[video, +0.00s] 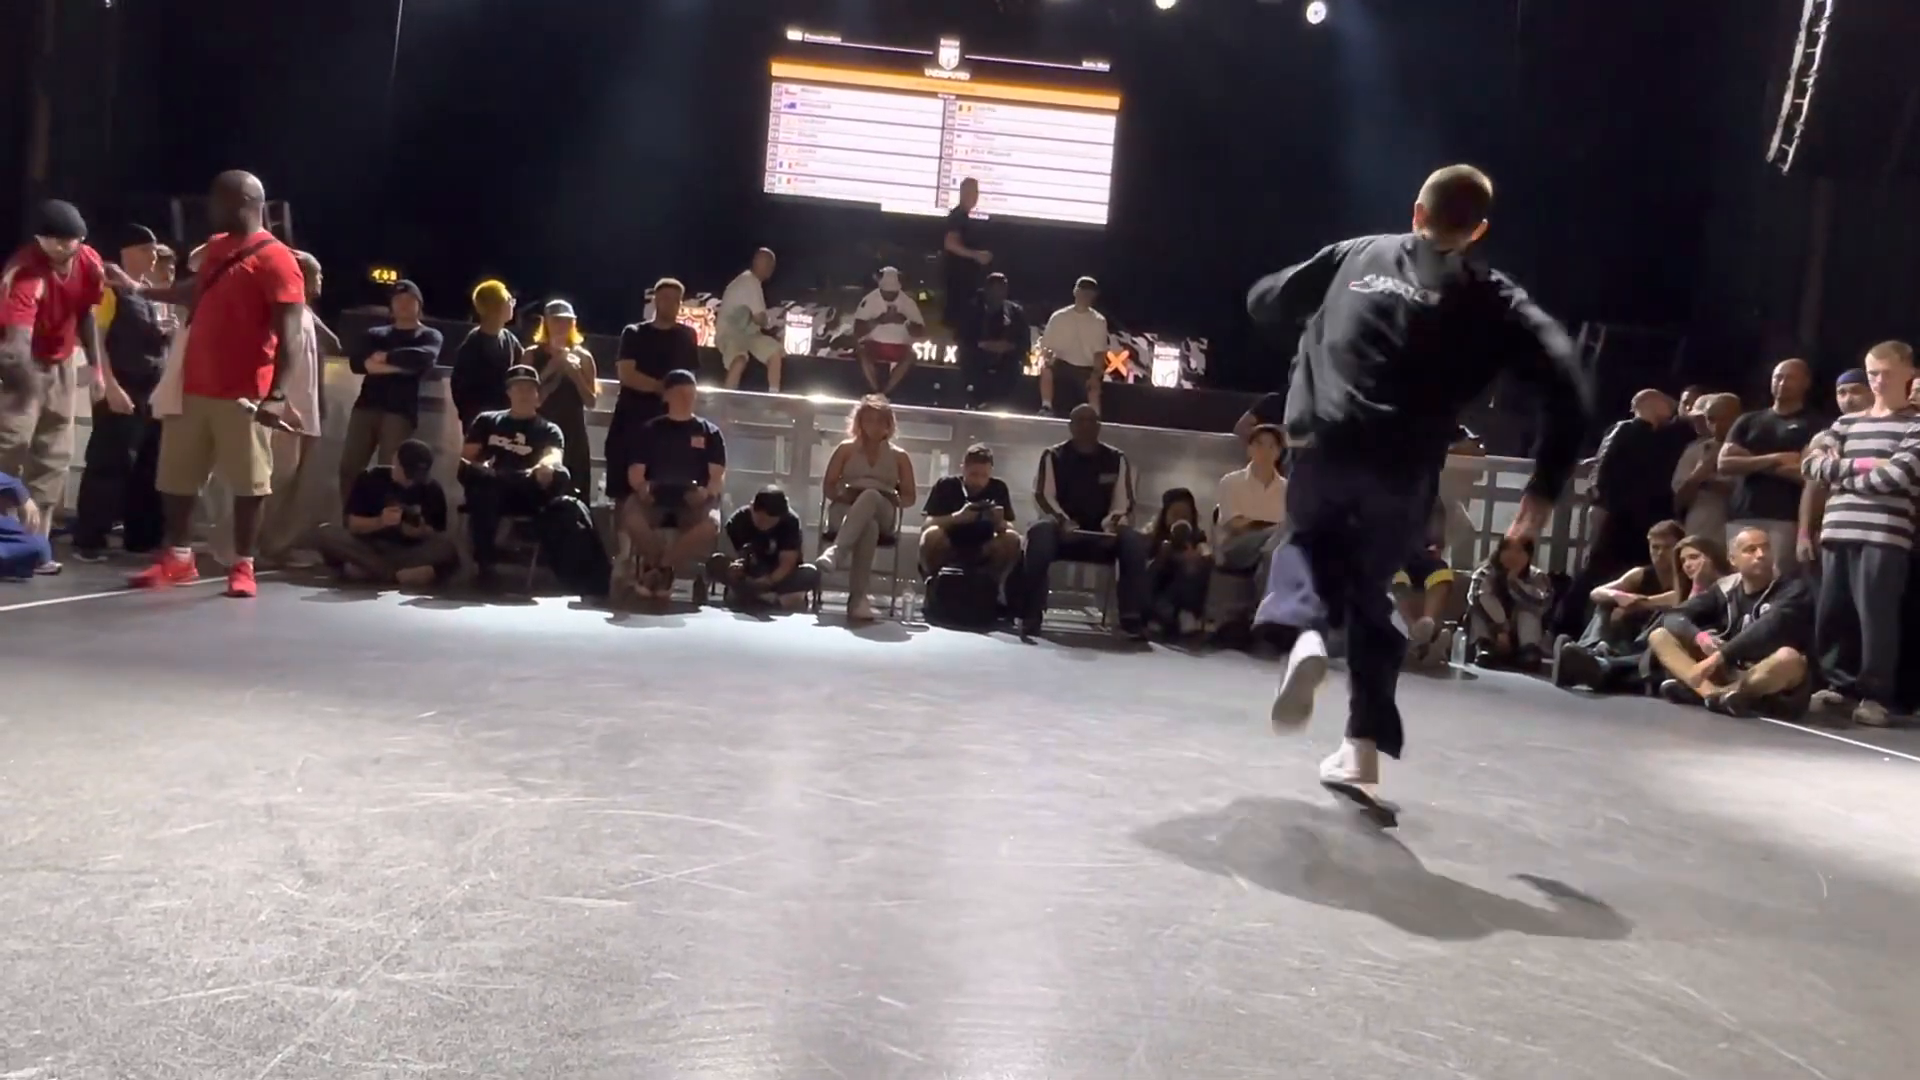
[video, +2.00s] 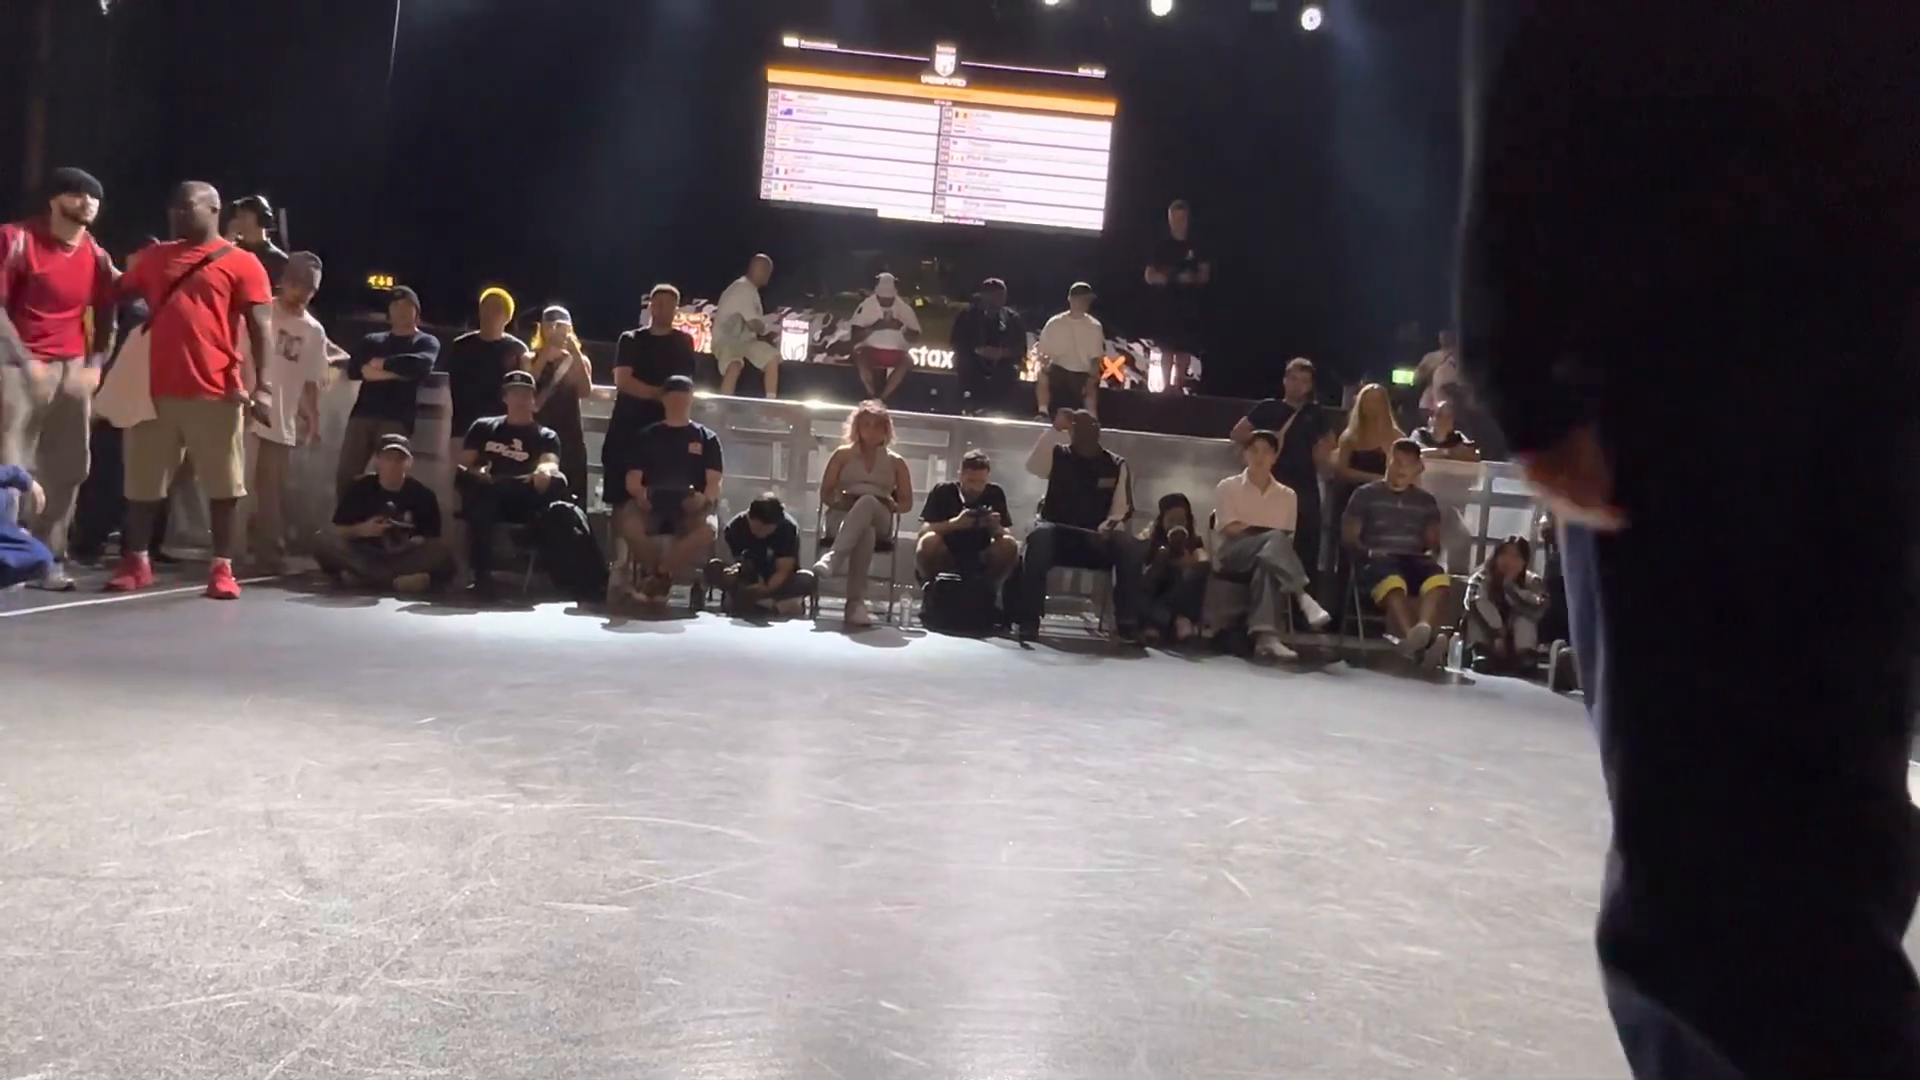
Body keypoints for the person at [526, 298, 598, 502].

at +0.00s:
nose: (562, 326)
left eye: (567, 320)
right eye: (556, 320)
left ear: (573, 324)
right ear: (546, 323)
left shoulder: (584, 357)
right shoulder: (532, 355)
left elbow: (591, 401)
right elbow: (529, 399)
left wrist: (574, 373)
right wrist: (554, 367)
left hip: (573, 431)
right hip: (540, 431)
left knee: (577, 492)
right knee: (538, 493)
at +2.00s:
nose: (557, 331)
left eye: (562, 325)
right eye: (551, 325)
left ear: (570, 329)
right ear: (542, 329)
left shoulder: (579, 359)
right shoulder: (530, 358)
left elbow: (585, 390)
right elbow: (525, 388)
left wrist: (574, 351)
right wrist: (544, 358)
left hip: (569, 432)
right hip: (537, 430)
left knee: (574, 491)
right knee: (536, 490)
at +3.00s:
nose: (535, 350)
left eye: (539, 345)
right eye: (529, 345)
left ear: (546, 347)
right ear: (518, 346)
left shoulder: (552, 375)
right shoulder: (508, 374)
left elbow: (564, 394)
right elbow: (496, 397)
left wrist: (551, 358)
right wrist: (518, 364)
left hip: (548, 449)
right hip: (516, 449)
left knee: (553, 511)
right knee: (516, 510)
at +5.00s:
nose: (546, 369)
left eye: (551, 364)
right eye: (540, 363)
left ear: (559, 367)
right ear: (531, 367)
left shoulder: (566, 395)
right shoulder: (524, 394)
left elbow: (577, 410)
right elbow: (513, 415)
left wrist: (564, 375)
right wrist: (530, 379)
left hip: (562, 465)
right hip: (532, 465)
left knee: (570, 523)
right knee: (532, 521)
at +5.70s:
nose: (553, 358)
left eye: (559, 353)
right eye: (548, 353)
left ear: (567, 357)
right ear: (541, 357)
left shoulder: (581, 389)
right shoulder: (530, 388)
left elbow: (587, 427)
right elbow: (528, 428)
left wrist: (570, 396)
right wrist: (547, 401)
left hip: (571, 459)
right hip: (541, 458)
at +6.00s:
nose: (558, 356)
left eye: (563, 351)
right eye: (553, 350)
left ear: (572, 355)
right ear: (545, 354)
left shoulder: (584, 386)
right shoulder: (535, 384)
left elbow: (592, 427)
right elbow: (532, 426)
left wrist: (574, 409)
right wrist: (553, 411)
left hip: (574, 454)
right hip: (544, 453)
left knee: (581, 513)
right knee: (543, 512)